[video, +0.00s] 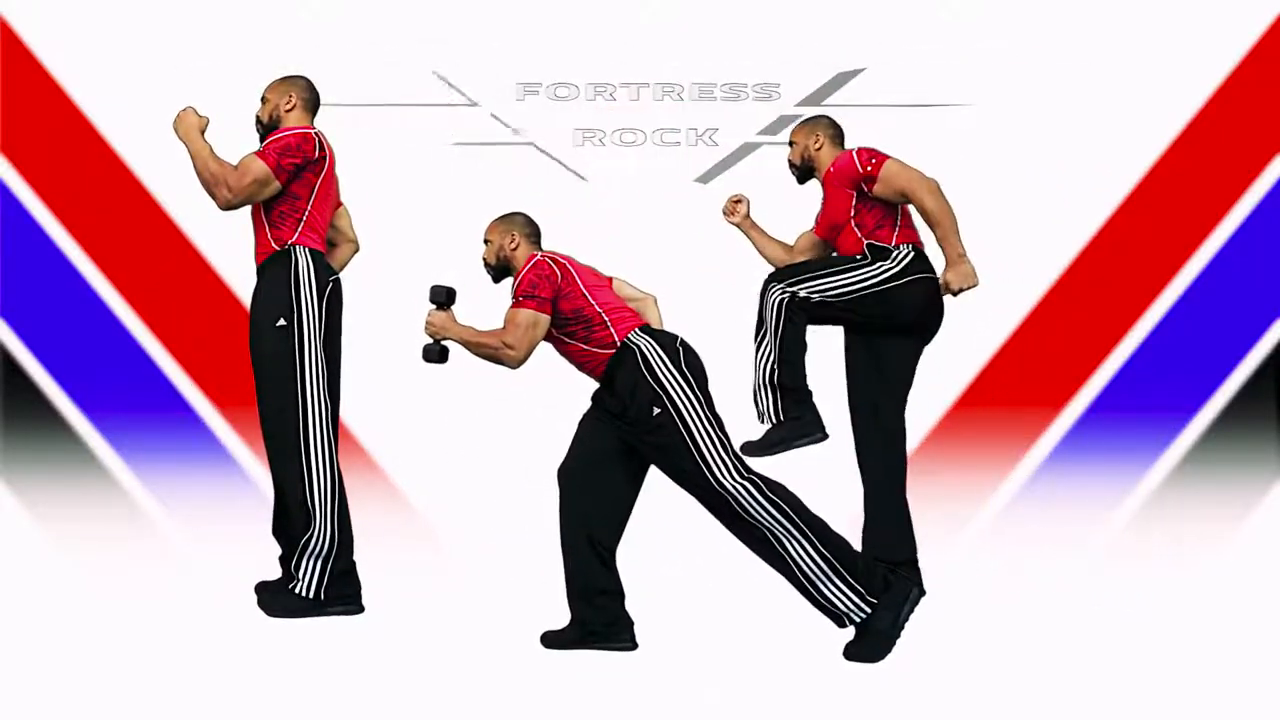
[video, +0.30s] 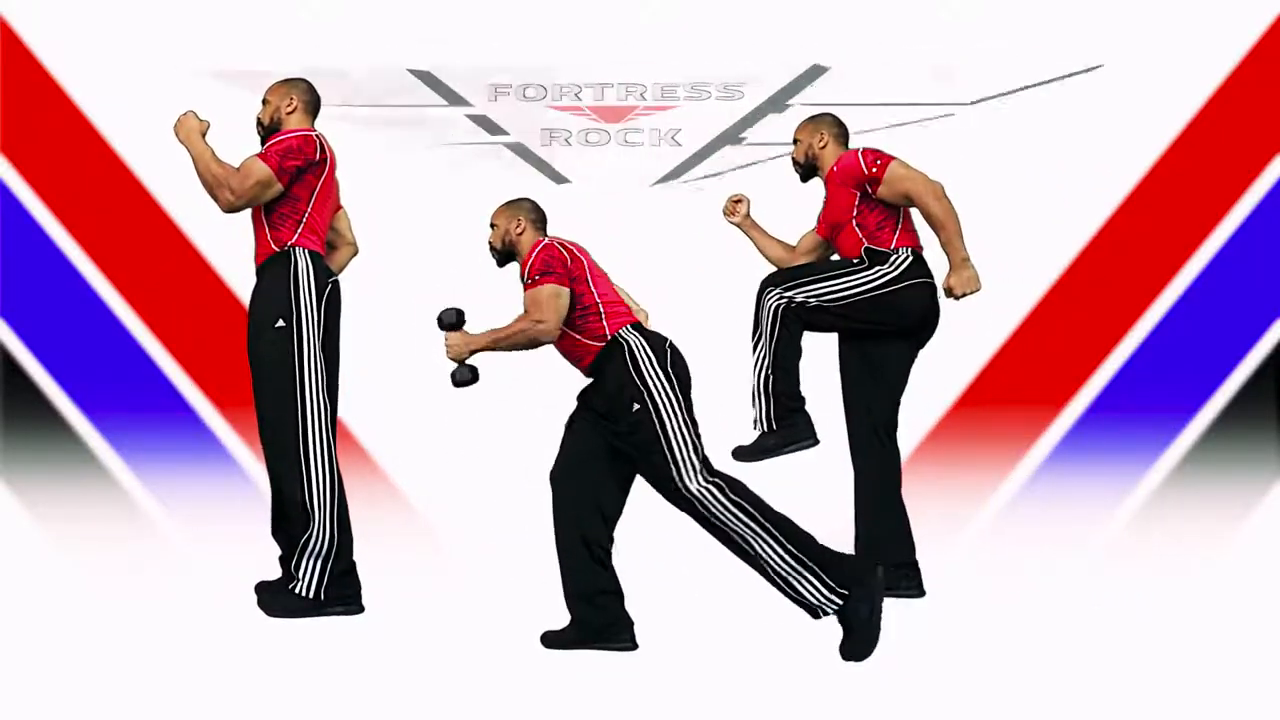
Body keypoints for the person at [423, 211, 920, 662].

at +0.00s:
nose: (484, 253)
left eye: (489, 243)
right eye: (485, 246)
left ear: (517, 239)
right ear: (524, 243)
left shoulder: (538, 270)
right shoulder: (564, 271)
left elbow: (511, 349)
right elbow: (643, 300)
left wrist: (448, 329)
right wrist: (661, 369)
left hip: (649, 366)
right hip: (626, 383)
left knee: (734, 491)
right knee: (584, 488)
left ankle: (873, 598)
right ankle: (601, 622)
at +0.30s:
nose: (490, 235)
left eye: (497, 225)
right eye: (490, 229)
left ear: (524, 223)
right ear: (523, 229)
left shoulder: (546, 252)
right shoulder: (559, 261)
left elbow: (544, 323)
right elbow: (634, 313)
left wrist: (476, 343)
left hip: (636, 363)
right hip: (610, 384)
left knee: (693, 484)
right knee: (576, 487)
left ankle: (843, 588)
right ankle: (600, 620)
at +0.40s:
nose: (498, 223)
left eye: (502, 212)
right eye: (498, 215)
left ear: (527, 210)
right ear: (531, 212)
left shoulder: (557, 238)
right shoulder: (542, 260)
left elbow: (569, 299)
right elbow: (602, 328)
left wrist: (505, 345)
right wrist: (584, 376)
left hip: (630, 353)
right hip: (604, 371)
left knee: (634, 487)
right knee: (577, 489)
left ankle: (778, 569)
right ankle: (601, 621)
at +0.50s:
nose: (511, 208)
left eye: (516, 198)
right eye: (511, 200)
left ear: (540, 196)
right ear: (542, 197)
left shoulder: (567, 222)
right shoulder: (559, 246)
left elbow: (599, 277)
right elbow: (583, 340)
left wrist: (549, 339)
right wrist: (549, 358)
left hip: (624, 341)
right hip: (607, 353)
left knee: (556, 455)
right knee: (588, 481)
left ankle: (663, 557)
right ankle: (600, 620)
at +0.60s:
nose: (521, 196)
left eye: (526, 186)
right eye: (522, 188)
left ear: (549, 184)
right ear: (553, 185)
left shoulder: (578, 211)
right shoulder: (566, 239)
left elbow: (626, 258)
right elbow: (576, 324)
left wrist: (592, 326)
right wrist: (511, 322)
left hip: (612, 343)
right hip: (616, 356)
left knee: (508, 398)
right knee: (591, 486)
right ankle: (603, 619)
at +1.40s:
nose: (526, 192)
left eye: (531, 182)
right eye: (526, 184)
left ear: (556, 181)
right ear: (557, 182)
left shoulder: (581, 211)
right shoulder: (569, 235)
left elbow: (612, 267)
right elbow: (578, 322)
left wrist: (566, 331)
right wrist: (525, 328)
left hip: (614, 333)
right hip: (612, 342)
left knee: (534, 429)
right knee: (589, 479)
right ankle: (601, 621)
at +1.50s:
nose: (517, 202)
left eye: (521, 192)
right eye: (516, 194)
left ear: (546, 188)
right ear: (549, 190)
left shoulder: (575, 220)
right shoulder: (559, 241)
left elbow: (587, 287)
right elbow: (595, 326)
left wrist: (517, 325)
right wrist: (551, 355)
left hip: (622, 341)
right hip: (598, 355)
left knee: (601, 470)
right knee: (577, 480)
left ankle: (733, 558)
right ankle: (602, 619)